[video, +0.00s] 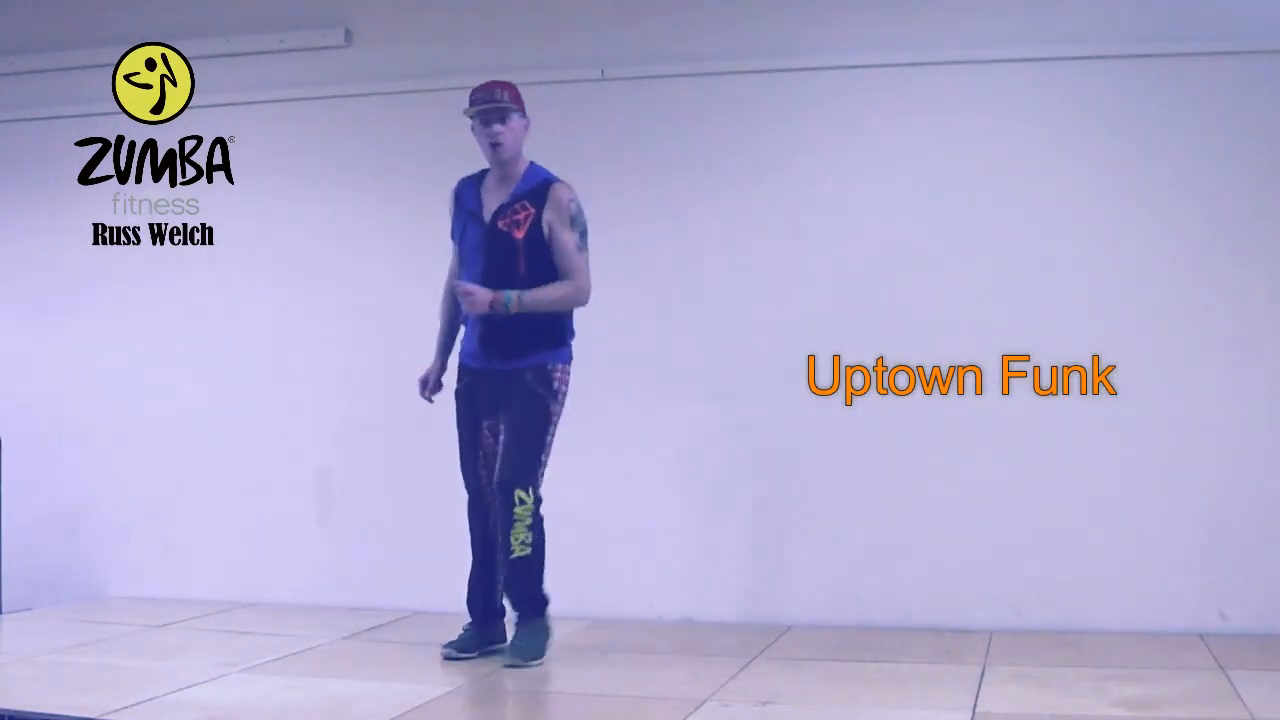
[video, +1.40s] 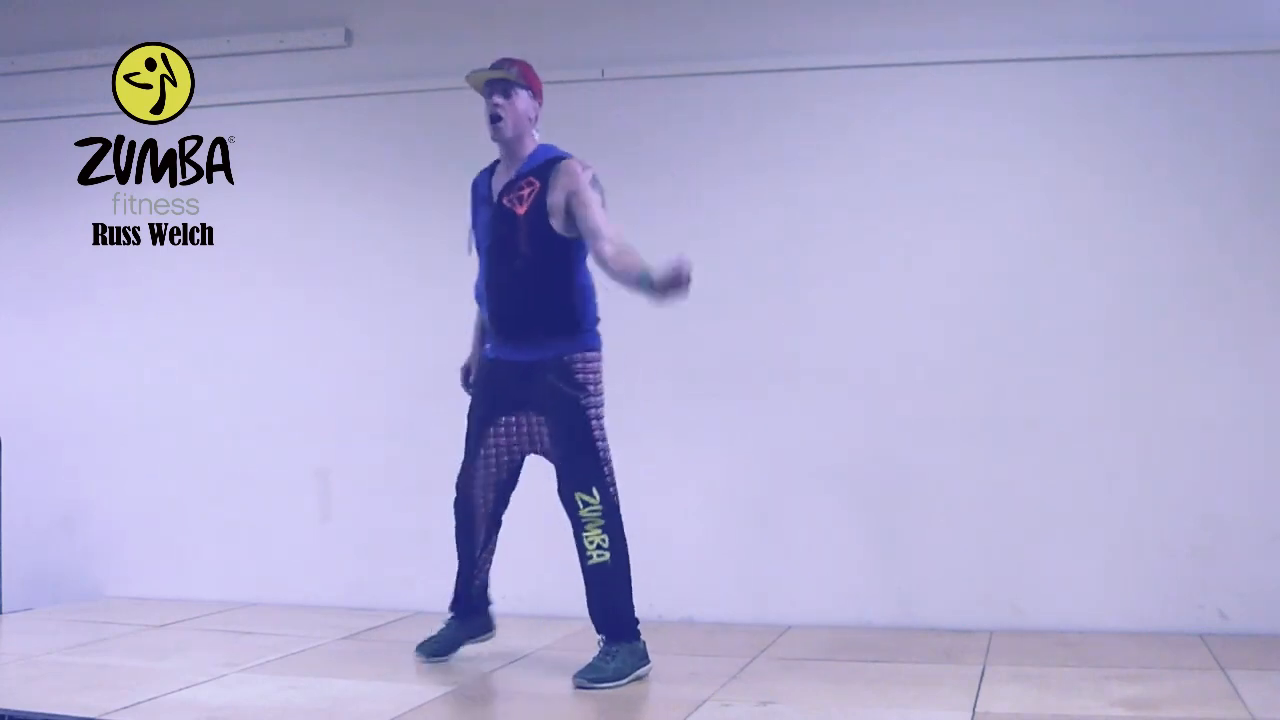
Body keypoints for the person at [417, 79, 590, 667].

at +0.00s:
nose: (493, 131)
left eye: (503, 120)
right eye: (483, 123)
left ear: (525, 125)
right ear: (473, 132)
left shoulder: (554, 196)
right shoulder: (465, 194)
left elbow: (580, 289)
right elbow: (458, 277)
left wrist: (499, 300)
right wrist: (441, 356)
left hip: (537, 365)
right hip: (479, 364)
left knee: (515, 490)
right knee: (481, 493)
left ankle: (531, 621)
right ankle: (486, 622)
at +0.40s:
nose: (504, 114)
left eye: (510, 104)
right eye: (490, 107)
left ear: (524, 114)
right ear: (472, 124)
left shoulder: (556, 185)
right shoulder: (462, 197)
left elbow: (584, 275)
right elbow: (460, 290)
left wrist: (550, 275)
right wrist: (459, 369)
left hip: (551, 364)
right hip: (487, 368)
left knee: (560, 494)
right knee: (495, 501)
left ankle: (607, 634)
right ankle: (488, 623)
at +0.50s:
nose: (513, 117)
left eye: (521, 106)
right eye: (500, 110)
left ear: (536, 117)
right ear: (482, 126)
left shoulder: (569, 186)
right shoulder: (475, 199)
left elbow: (623, 256)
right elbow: (467, 285)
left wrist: (576, 212)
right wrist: (460, 367)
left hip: (559, 370)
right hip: (494, 373)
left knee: (581, 505)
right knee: (496, 505)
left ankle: (625, 643)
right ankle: (488, 625)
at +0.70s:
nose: (523, 128)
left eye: (530, 117)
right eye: (509, 121)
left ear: (545, 124)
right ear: (491, 136)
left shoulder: (580, 177)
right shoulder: (505, 214)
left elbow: (645, 173)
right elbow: (498, 303)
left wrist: (671, 202)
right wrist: (466, 384)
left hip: (590, 371)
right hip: (527, 370)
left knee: (583, 508)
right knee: (469, 484)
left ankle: (625, 646)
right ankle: (502, 586)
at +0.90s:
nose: (528, 123)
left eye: (535, 111)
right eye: (514, 117)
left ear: (551, 118)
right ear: (497, 135)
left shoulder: (594, 170)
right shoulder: (509, 210)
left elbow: (678, 184)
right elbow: (523, 296)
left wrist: (659, 123)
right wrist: (502, 378)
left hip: (607, 365)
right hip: (545, 371)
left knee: (600, 504)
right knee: (522, 493)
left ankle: (627, 645)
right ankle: (584, 609)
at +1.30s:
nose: (500, 120)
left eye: (512, 109)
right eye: (494, 113)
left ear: (543, 118)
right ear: (492, 128)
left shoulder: (582, 181)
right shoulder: (500, 201)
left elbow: (650, 246)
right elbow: (516, 290)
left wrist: (653, 185)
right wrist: (491, 357)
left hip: (587, 371)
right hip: (527, 373)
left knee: (587, 513)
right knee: (465, 477)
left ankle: (624, 646)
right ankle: (521, 593)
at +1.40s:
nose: (494, 103)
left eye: (507, 93)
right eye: (488, 95)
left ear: (536, 104)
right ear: (483, 110)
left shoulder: (568, 174)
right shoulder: (482, 186)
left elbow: (607, 245)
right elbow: (488, 277)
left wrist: (650, 279)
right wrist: (477, 348)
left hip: (567, 365)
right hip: (502, 367)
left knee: (589, 501)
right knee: (476, 494)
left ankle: (622, 641)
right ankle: (469, 614)